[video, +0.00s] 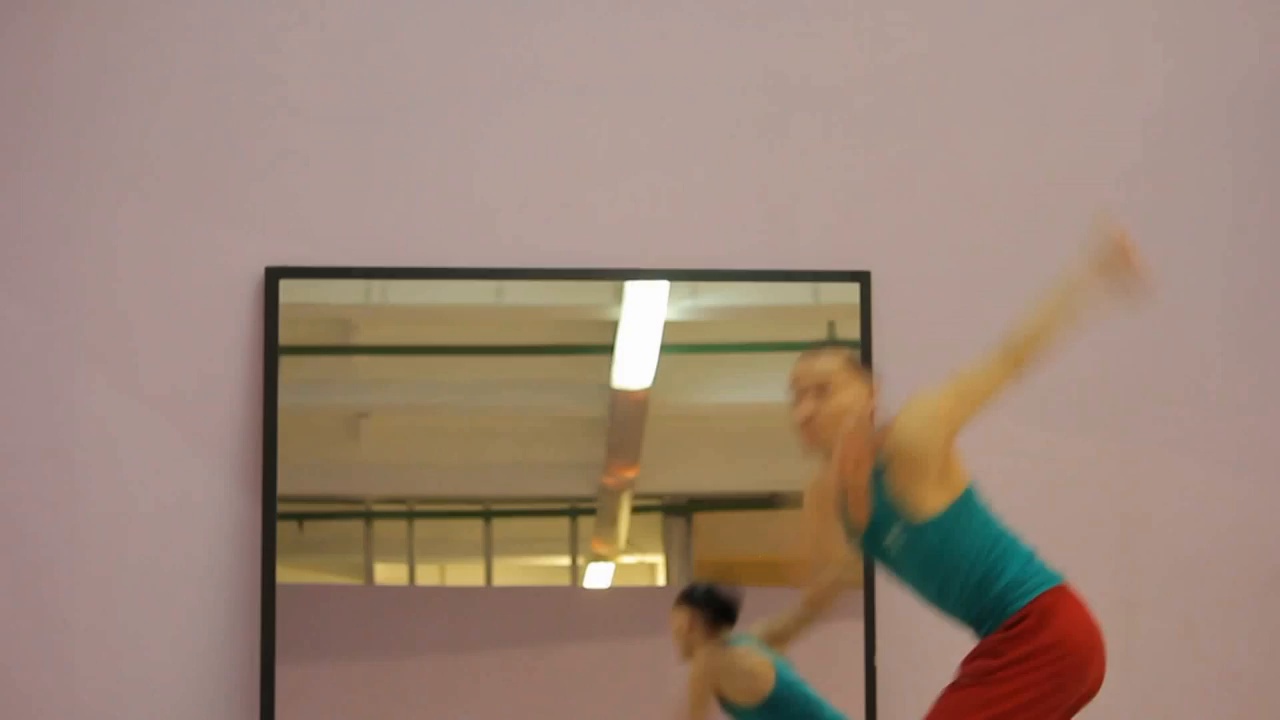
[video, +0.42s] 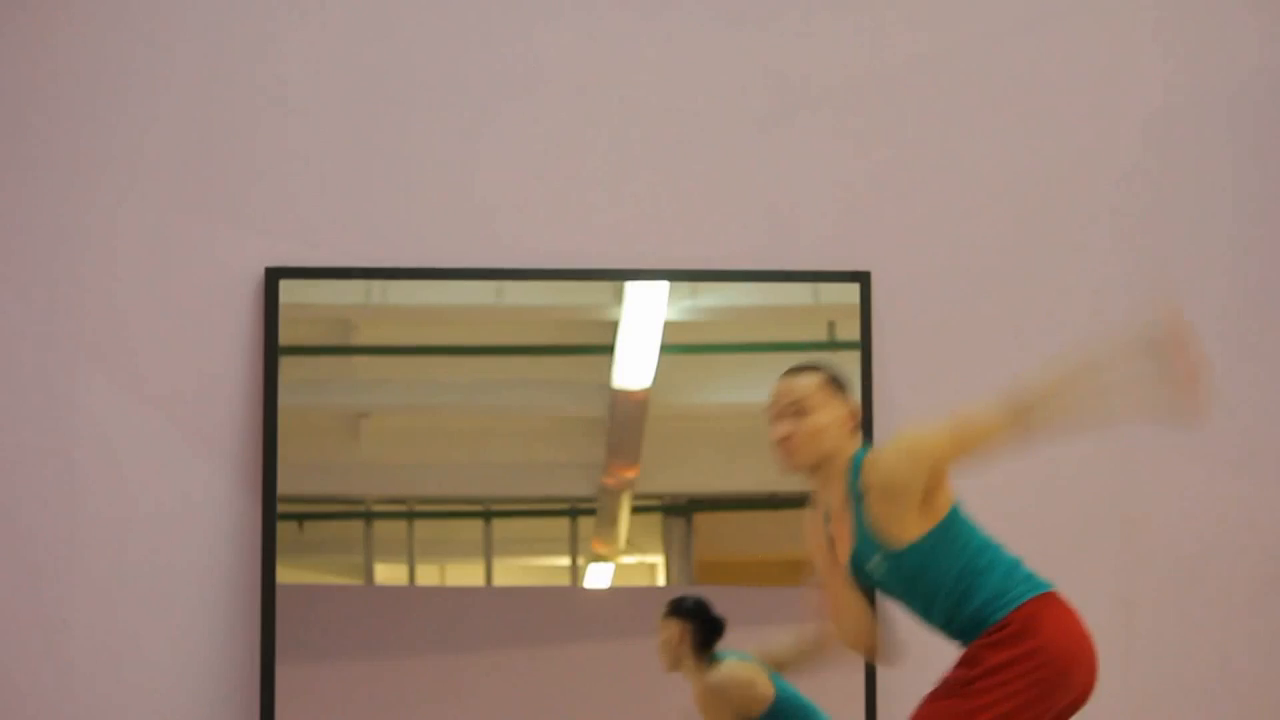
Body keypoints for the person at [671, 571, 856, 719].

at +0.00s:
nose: (673, 632)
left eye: (676, 623)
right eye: (673, 623)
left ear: (692, 622)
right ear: (717, 622)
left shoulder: (706, 659)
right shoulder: (753, 641)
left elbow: (696, 714)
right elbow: (805, 611)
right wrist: (838, 574)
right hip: (834, 715)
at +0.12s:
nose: (673, 632)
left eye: (676, 623)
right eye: (673, 623)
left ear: (692, 622)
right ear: (717, 622)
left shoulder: (706, 660)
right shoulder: (753, 641)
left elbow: (696, 712)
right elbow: (807, 610)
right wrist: (841, 564)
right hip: (832, 713)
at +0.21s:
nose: (659, 642)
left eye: (663, 633)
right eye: (660, 633)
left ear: (681, 634)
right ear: (688, 634)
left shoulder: (716, 687)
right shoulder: (731, 661)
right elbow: (782, 658)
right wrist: (818, 641)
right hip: (815, 712)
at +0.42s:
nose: (659, 642)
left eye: (663, 631)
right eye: (660, 632)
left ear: (681, 634)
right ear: (688, 634)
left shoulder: (716, 688)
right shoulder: (730, 661)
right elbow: (781, 658)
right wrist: (818, 641)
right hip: (816, 713)